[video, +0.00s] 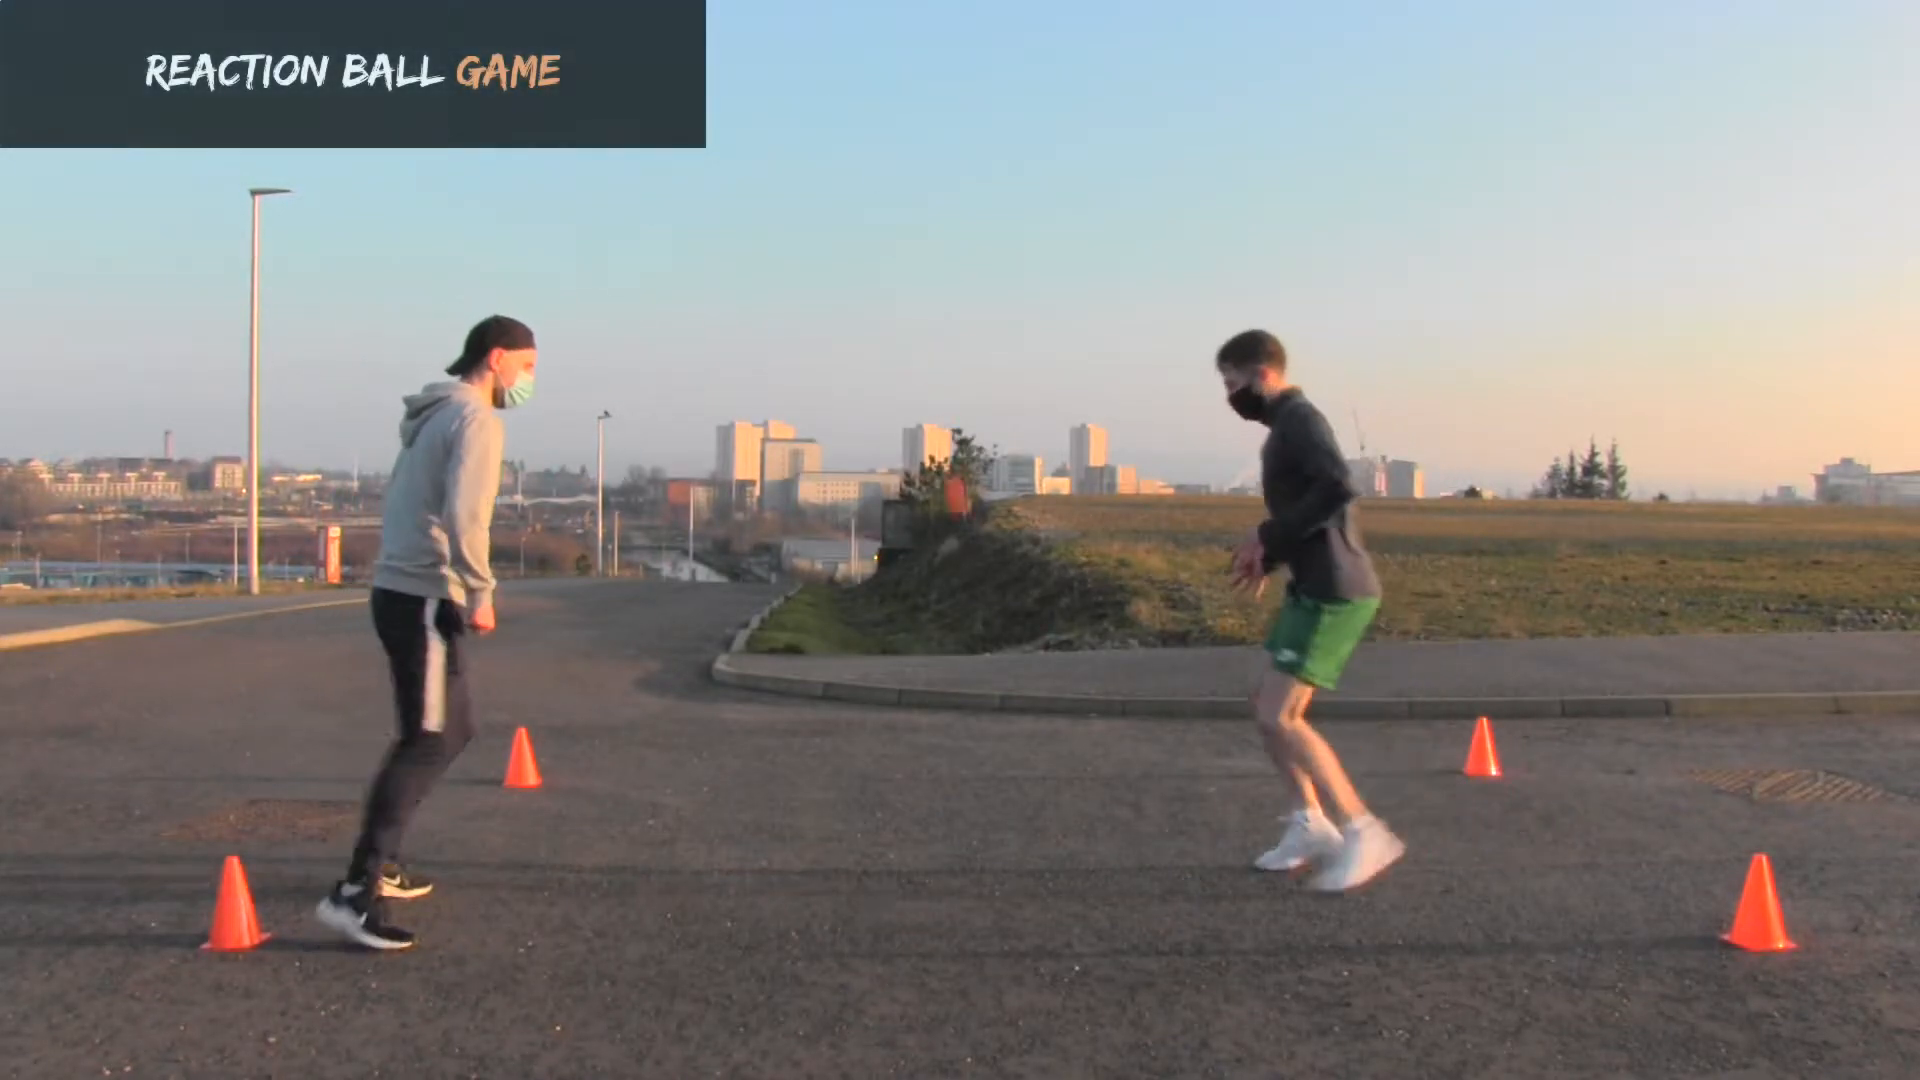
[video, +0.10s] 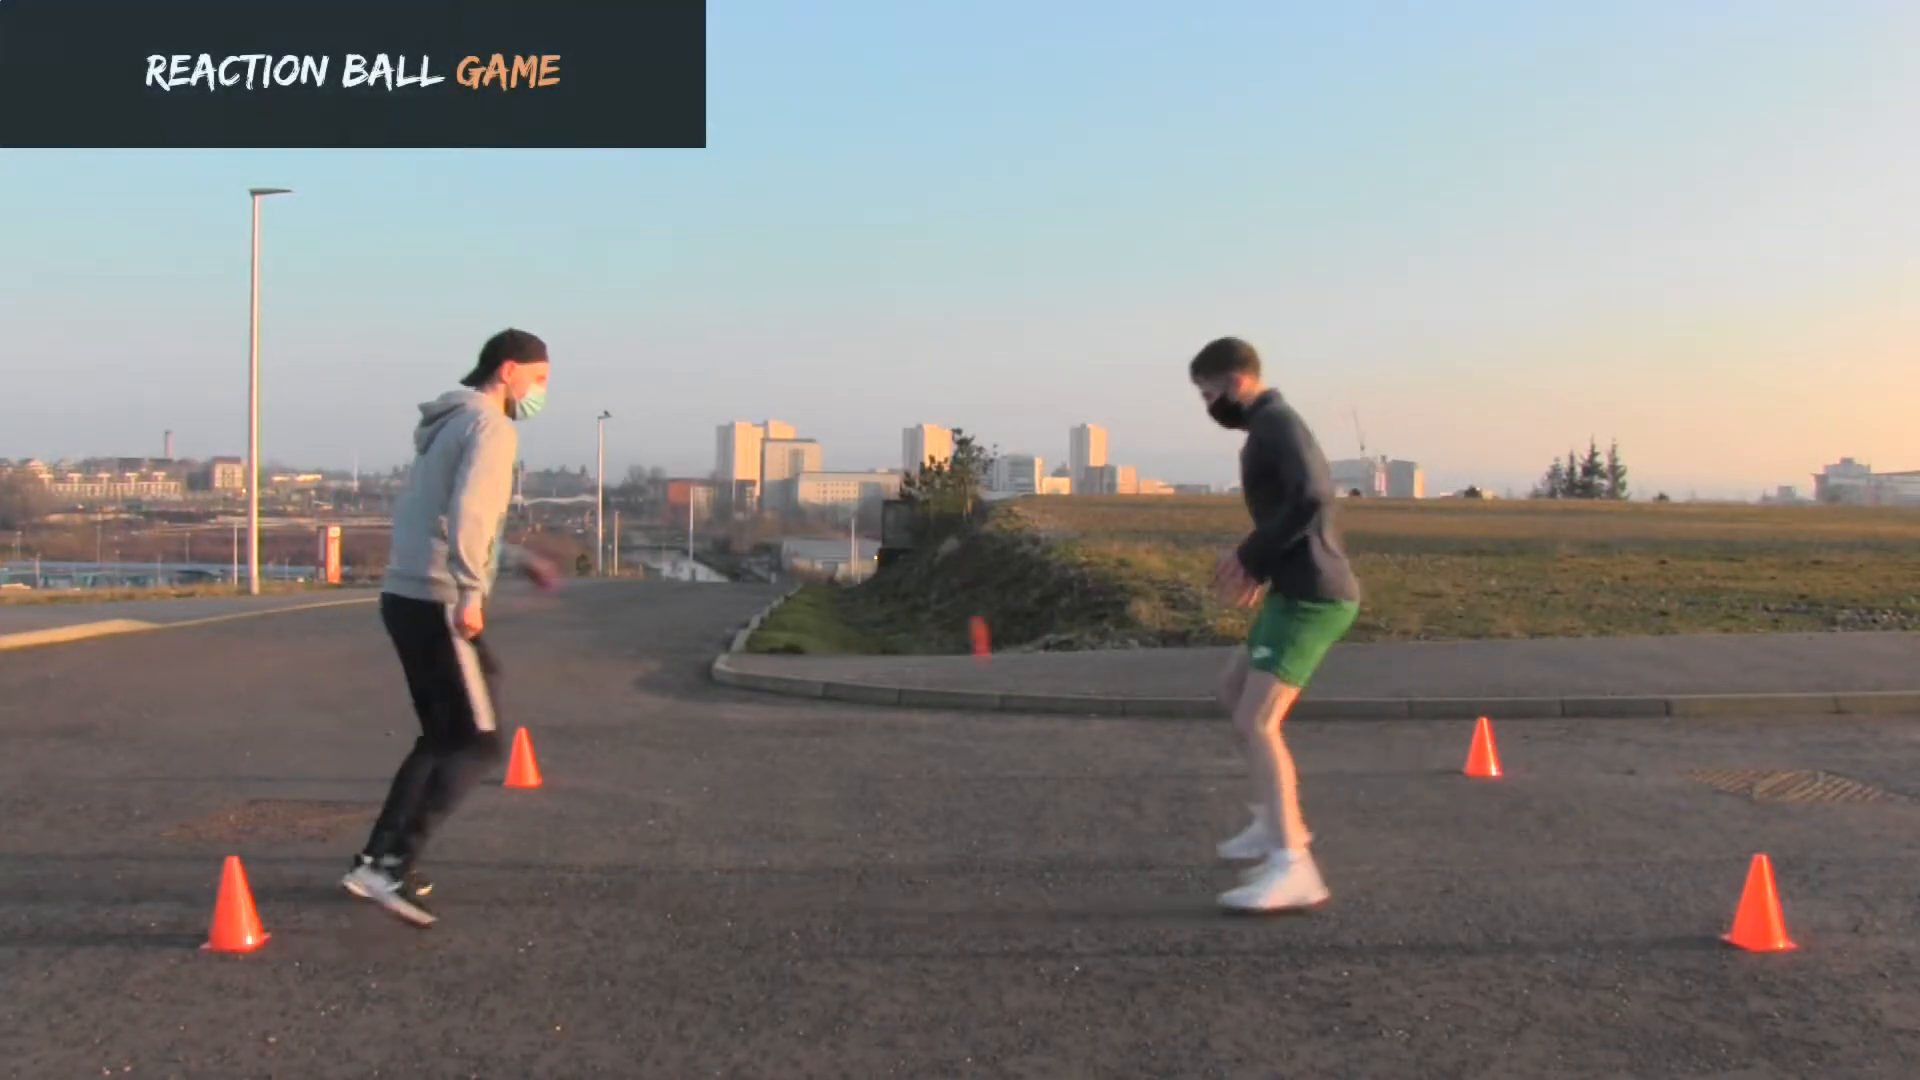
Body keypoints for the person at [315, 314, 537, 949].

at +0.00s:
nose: (530, 379)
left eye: (532, 367)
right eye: (527, 366)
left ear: (489, 358)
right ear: (496, 358)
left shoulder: (444, 411)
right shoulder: (478, 419)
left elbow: (425, 508)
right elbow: (464, 513)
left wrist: (455, 586)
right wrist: (481, 589)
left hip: (412, 591)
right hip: (419, 595)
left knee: (452, 727)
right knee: (426, 736)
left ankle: (378, 865)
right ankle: (356, 892)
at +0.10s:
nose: (541, 391)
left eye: (543, 381)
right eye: (538, 379)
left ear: (500, 369)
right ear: (506, 369)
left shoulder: (457, 419)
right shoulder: (492, 426)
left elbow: (458, 525)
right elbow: (471, 513)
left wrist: (522, 560)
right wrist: (472, 592)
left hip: (410, 597)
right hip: (434, 601)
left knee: (441, 736)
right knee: (479, 740)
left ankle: (380, 863)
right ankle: (389, 867)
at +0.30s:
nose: (605, 366)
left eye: (607, 356)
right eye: (599, 355)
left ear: (565, 351)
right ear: (569, 350)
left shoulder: (535, 397)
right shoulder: (549, 401)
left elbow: (535, 487)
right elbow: (513, 481)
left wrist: (585, 504)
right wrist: (514, 557)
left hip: (486, 568)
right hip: (524, 574)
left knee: (475, 696)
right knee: (551, 698)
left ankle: (402, 814)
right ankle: (523, 808)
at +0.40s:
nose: (627, 375)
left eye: (628, 365)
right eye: (620, 363)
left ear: (586, 363)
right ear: (588, 362)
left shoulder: (564, 410)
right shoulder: (572, 413)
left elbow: (551, 498)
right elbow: (546, 501)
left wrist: (592, 518)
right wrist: (553, 582)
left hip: (515, 578)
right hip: (548, 584)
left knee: (522, 698)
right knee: (567, 708)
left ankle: (425, 791)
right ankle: (518, 824)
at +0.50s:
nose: (661, 390)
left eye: (663, 380)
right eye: (654, 380)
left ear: (619, 383)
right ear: (622, 381)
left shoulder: (587, 431)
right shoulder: (612, 439)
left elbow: (575, 514)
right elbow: (606, 531)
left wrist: (618, 534)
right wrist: (625, 614)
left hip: (557, 587)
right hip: (578, 591)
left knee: (587, 701)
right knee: (597, 713)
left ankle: (500, 776)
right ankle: (520, 819)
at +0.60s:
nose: (688, 375)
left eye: (689, 366)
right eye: (681, 366)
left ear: (647, 370)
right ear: (648, 368)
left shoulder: (613, 419)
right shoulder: (643, 427)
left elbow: (571, 473)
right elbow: (643, 518)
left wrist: (614, 507)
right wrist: (669, 585)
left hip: (595, 572)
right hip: (608, 578)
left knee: (636, 679)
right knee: (596, 698)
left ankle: (571, 780)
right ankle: (525, 811)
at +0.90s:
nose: (769, 387)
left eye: (772, 379)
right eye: (760, 379)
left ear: (772, 384)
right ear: (735, 383)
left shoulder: (763, 434)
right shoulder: (724, 433)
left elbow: (757, 497)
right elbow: (699, 509)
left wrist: (788, 515)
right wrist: (739, 565)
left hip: (749, 577)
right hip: (717, 580)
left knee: (755, 687)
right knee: (754, 689)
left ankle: (709, 784)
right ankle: (673, 782)